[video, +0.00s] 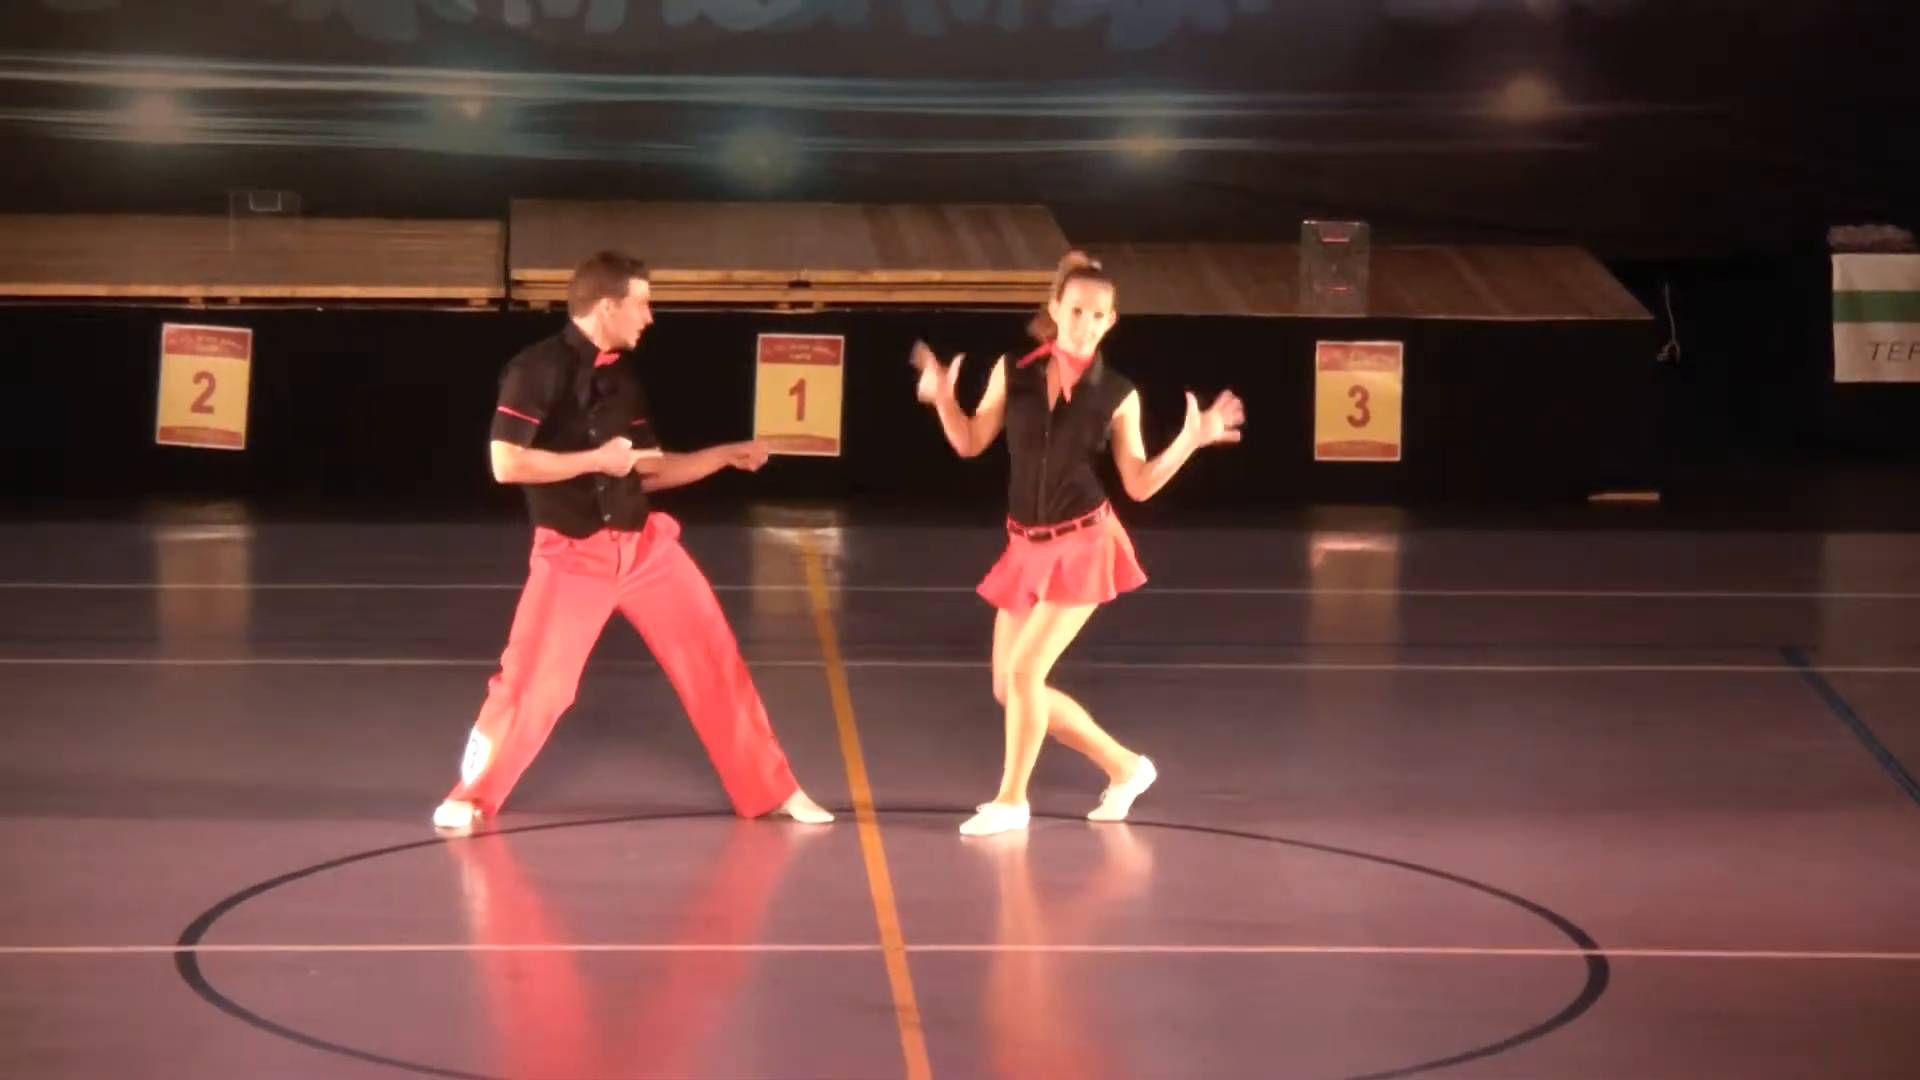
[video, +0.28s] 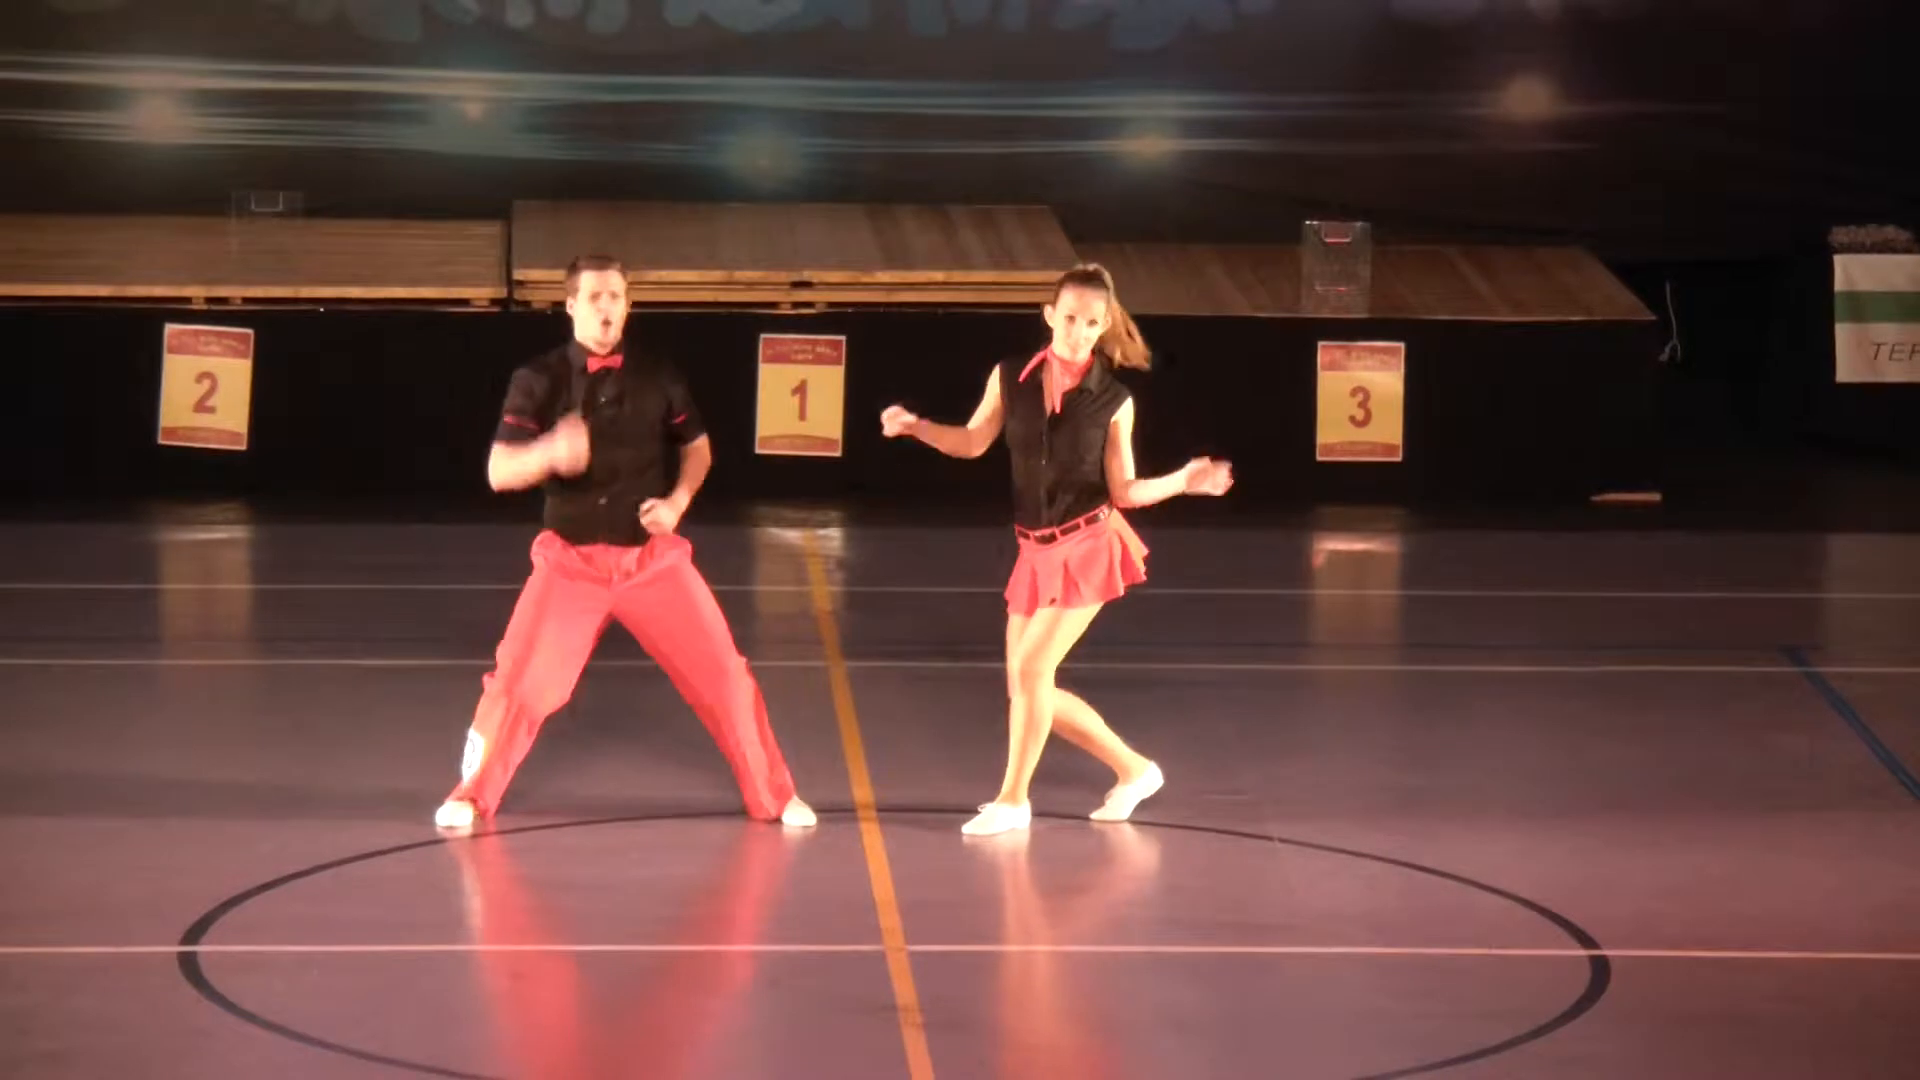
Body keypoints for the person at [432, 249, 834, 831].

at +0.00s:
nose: (647, 318)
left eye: (647, 306)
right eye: (640, 305)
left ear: (610, 307)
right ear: (603, 306)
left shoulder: (621, 373)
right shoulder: (537, 369)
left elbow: (650, 472)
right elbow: (506, 463)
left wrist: (727, 455)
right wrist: (595, 459)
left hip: (648, 547)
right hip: (570, 557)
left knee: (716, 660)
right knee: (533, 683)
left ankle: (773, 790)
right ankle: (469, 800)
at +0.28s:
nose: (607, 309)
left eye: (615, 297)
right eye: (594, 297)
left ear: (628, 304)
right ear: (570, 305)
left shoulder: (656, 375)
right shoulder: (539, 379)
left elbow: (697, 446)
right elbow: (500, 471)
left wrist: (678, 500)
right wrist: (550, 452)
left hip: (655, 561)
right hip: (568, 564)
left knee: (724, 674)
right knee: (519, 679)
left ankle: (776, 799)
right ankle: (470, 799)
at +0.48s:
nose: (620, 290)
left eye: (632, 280)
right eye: (610, 279)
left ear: (651, 289)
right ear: (593, 286)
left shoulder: (658, 366)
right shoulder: (567, 333)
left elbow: (674, 453)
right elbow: (514, 307)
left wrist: (664, 491)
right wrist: (508, 240)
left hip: (640, 536)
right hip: (572, 531)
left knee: (716, 647)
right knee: (537, 658)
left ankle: (732, 784)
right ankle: (462, 791)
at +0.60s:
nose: (621, 295)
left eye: (632, 284)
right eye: (611, 284)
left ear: (652, 297)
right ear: (594, 295)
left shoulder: (667, 375)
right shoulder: (564, 348)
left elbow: (705, 473)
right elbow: (488, 358)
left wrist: (678, 461)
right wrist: (521, 284)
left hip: (651, 553)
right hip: (570, 549)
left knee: (726, 647)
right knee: (525, 666)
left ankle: (733, 786)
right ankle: (453, 795)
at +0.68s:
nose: (618, 281)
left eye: (631, 271)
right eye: (609, 269)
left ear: (649, 281)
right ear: (592, 277)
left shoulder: (673, 350)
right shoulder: (561, 346)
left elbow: (723, 411)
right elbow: (492, 415)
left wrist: (702, 334)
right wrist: (533, 378)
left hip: (656, 537)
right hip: (570, 535)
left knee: (713, 658)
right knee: (518, 658)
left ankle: (748, 781)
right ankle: (461, 793)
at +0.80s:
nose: (610, 290)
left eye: (622, 280)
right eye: (601, 278)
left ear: (641, 291)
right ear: (586, 286)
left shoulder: (663, 347)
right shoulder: (565, 367)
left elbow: (742, 354)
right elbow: (552, 449)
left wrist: (715, 272)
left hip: (652, 541)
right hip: (575, 542)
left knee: (702, 662)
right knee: (507, 659)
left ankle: (771, 778)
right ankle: (496, 798)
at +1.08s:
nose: (623, 292)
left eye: (634, 280)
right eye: (613, 281)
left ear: (655, 287)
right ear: (598, 287)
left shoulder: (666, 361)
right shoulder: (570, 339)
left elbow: (688, 438)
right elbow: (520, 403)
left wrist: (689, 479)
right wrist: (535, 319)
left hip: (664, 539)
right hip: (588, 534)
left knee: (737, 648)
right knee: (544, 661)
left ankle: (723, 785)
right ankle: (457, 791)